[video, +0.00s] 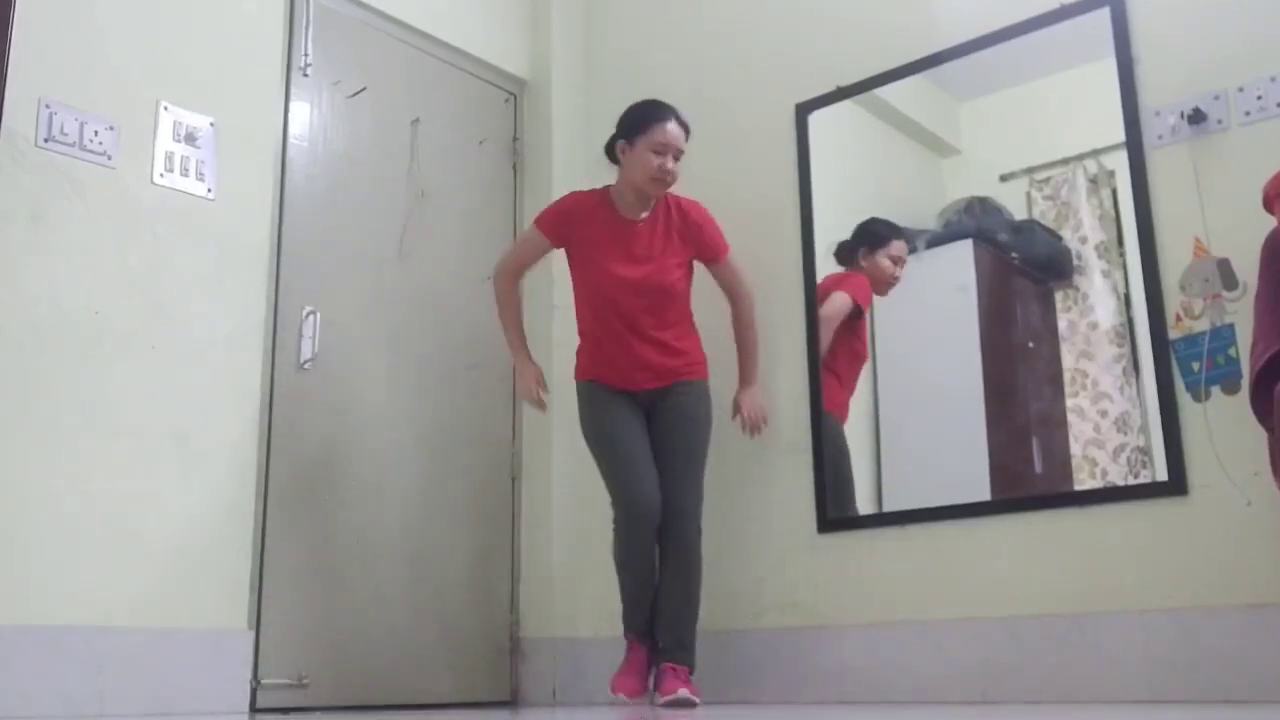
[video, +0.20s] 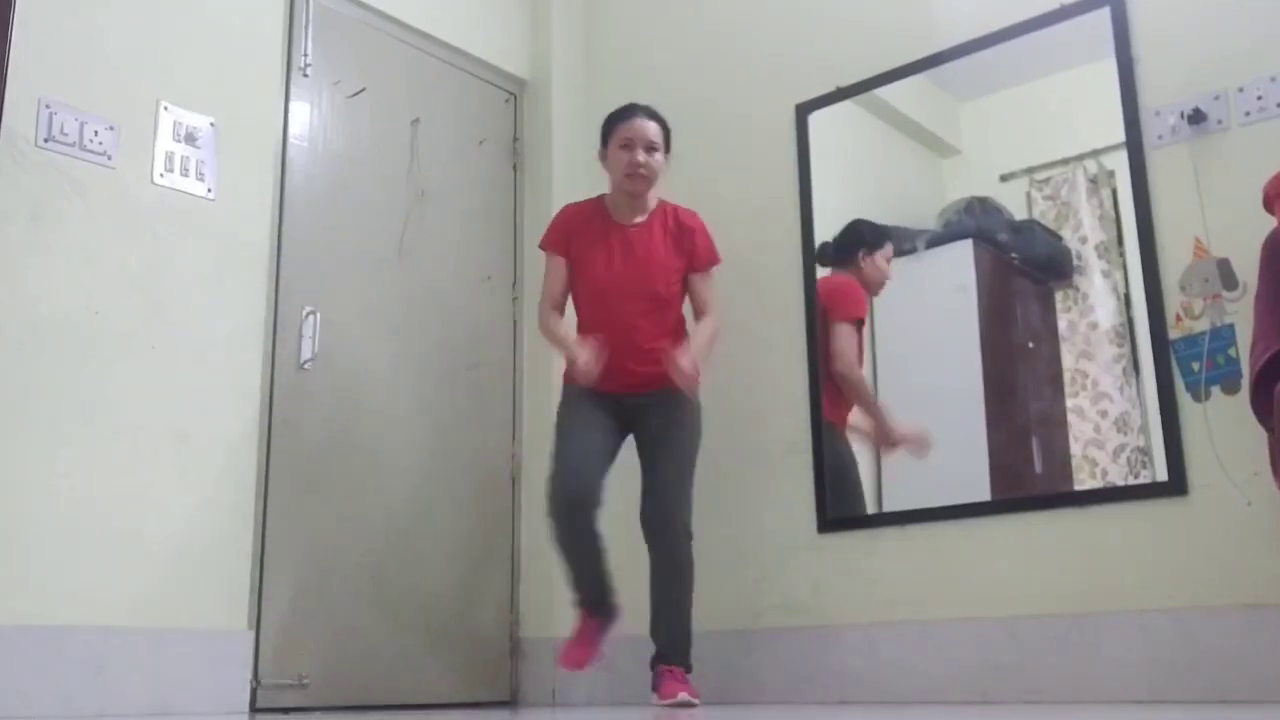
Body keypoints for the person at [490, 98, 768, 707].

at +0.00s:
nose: (670, 165)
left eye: (678, 155)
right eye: (659, 152)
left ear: (682, 160)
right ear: (622, 151)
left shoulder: (689, 218)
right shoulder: (576, 212)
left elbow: (741, 296)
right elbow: (505, 274)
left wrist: (749, 383)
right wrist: (521, 358)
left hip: (681, 381)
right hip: (605, 383)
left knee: (682, 515)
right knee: (640, 504)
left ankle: (676, 665)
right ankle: (638, 648)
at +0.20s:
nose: (640, 157)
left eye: (651, 148)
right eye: (627, 146)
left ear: (665, 161)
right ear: (604, 156)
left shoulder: (684, 227)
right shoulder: (575, 222)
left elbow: (708, 313)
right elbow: (548, 312)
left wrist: (692, 351)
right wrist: (572, 345)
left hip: (666, 392)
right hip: (594, 392)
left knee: (667, 523)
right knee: (568, 496)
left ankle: (672, 667)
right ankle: (597, 608)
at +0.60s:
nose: (545, 149)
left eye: (558, 140)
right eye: (536, 139)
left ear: (584, 153)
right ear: (522, 151)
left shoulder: (604, 222)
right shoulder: (496, 209)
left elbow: (601, 310)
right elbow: (492, 290)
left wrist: (573, 276)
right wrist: (550, 262)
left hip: (578, 392)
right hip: (500, 389)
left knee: (612, 527)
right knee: (479, 523)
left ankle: (661, 666)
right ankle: (447, 671)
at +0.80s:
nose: (491, 170)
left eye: (504, 158)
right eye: (484, 159)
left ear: (540, 160)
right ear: (478, 163)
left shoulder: (568, 235)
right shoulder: (462, 215)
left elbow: (564, 330)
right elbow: (441, 307)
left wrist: (572, 418)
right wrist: (419, 399)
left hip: (529, 389)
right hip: (456, 387)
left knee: (538, 498)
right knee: (454, 515)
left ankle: (591, 634)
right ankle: (443, 669)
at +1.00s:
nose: (471, 163)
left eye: (484, 151)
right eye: (464, 152)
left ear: (521, 154)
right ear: (460, 155)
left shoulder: (553, 226)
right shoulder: (442, 209)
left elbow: (583, 301)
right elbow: (362, 260)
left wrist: (590, 385)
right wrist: (363, 349)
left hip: (518, 384)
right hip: (443, 380)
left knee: (492, 506)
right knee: (441, 514)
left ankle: (474, 649)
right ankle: (439, 666)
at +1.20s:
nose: (480, 163)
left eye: (494, 151)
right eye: (470, 151)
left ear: (522, 160)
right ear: (460, 159)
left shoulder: (547, 230)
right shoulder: (437, 215)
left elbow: (586, 306)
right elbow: (352, 266)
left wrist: (590, 387)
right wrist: (357, 353)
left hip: (515, 387)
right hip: (439, 383)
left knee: (501, 507)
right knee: (442, 513)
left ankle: (478, 638)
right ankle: (435, 664)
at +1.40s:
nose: (509, 156)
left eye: (522, 148)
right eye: (497, 145)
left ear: (537, 162)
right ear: (476, 156)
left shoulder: (552, 231)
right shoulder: (445, 220)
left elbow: (568, 313)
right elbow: (415, 307)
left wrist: (568, 351)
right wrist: (451, 347)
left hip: (527, 389)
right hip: (453, 392)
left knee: (563, 484)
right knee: (454, 517)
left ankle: (555, 596)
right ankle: (442, 670)